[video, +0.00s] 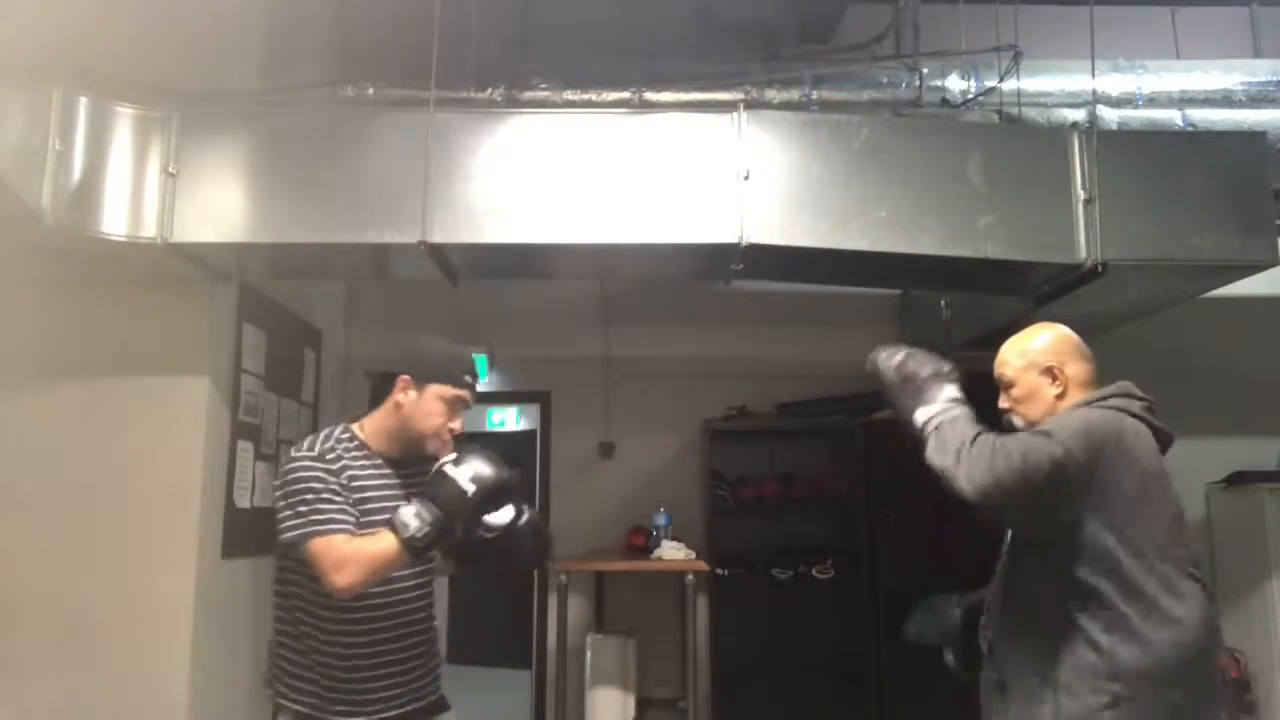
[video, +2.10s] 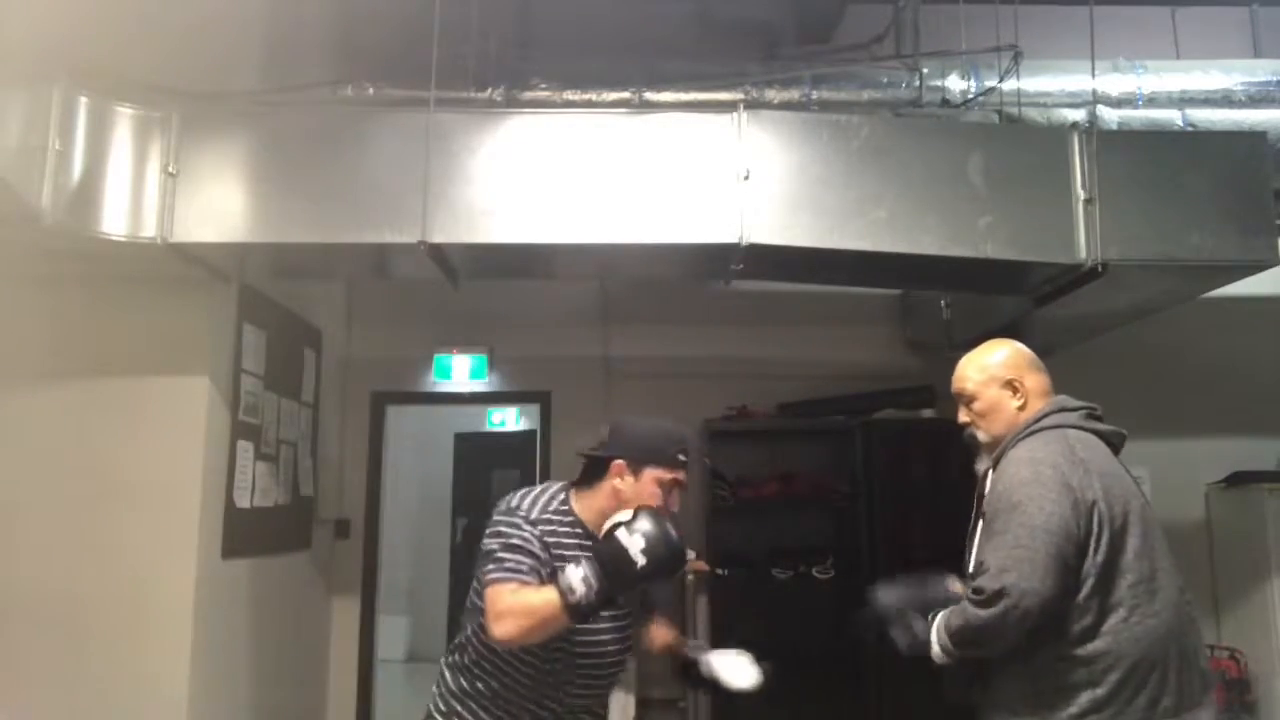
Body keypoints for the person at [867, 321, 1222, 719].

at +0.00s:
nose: (1000, 403)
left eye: (1008, 385)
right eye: (1000, 389)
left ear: (1055, 380)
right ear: (1056, 380)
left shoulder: (1088, 432)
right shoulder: (1106, 429)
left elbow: (984, 475)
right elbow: (1065, 577)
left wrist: (932, 398)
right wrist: (970, 616)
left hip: (1115, 688)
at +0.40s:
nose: (986, 411)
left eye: (993, 395)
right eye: (984, 400)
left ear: (1038, 385)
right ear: (1040, 385)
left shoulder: (1085, 436)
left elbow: (1001, 479)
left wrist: (942, 414)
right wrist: (966, 623)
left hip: (1093, 698)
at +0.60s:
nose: (972, 411)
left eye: (978, 393)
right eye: (971, 398)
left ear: (1024, 382)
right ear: (1031, 384)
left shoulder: (1054, 440)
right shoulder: (1087, 435)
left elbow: (937, 474)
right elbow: (1058, 578)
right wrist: (968, 614)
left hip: (1082, 685)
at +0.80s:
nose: (975, 410)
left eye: (984, 392)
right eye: (972, 396)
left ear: (1035, 383)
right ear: (1033, 387)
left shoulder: (1072, 432)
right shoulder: (1052, 441)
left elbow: (966, 479)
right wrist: (961, 621)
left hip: (1104, 685)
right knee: (931, 628)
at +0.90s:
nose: (974, 412)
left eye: (982, 395)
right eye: (972, 399)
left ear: (1032, 387)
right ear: (1032, 387)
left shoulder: (1070, 444)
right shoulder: (1061, 441)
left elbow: (1023, 534)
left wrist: (900, 570)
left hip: (1101, 699)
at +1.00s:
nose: (971, 414)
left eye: (980, 397)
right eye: (970, 401)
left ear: (1028, 389)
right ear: (1027, 390)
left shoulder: (1077, 457)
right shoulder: (1050, 452)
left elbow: (1056, 591)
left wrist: (956, 643)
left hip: (1113, 701)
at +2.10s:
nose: (960, 417)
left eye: (967, 400)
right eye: (958, 404)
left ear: (1016, 393)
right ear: (1017, 394)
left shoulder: (1035, 461)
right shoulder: (1074, 447)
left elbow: (1019, 597)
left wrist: (936, 634)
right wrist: (966, 590)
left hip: (1097, 699)